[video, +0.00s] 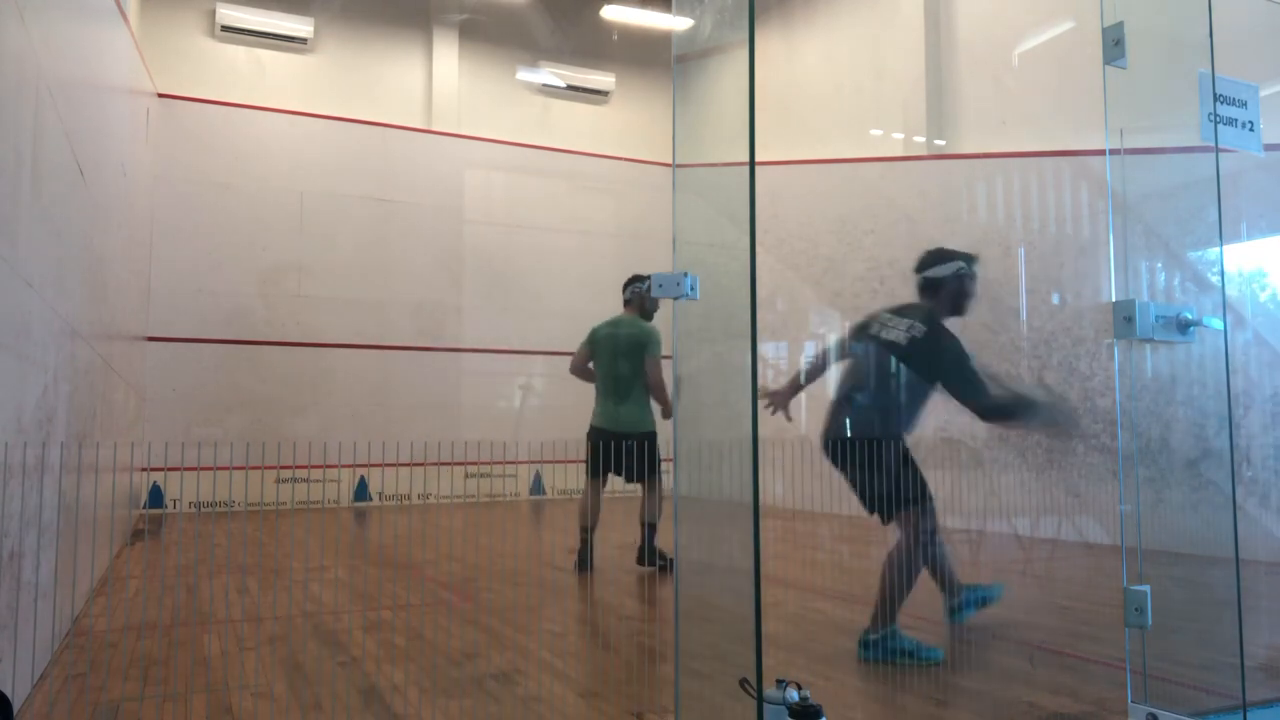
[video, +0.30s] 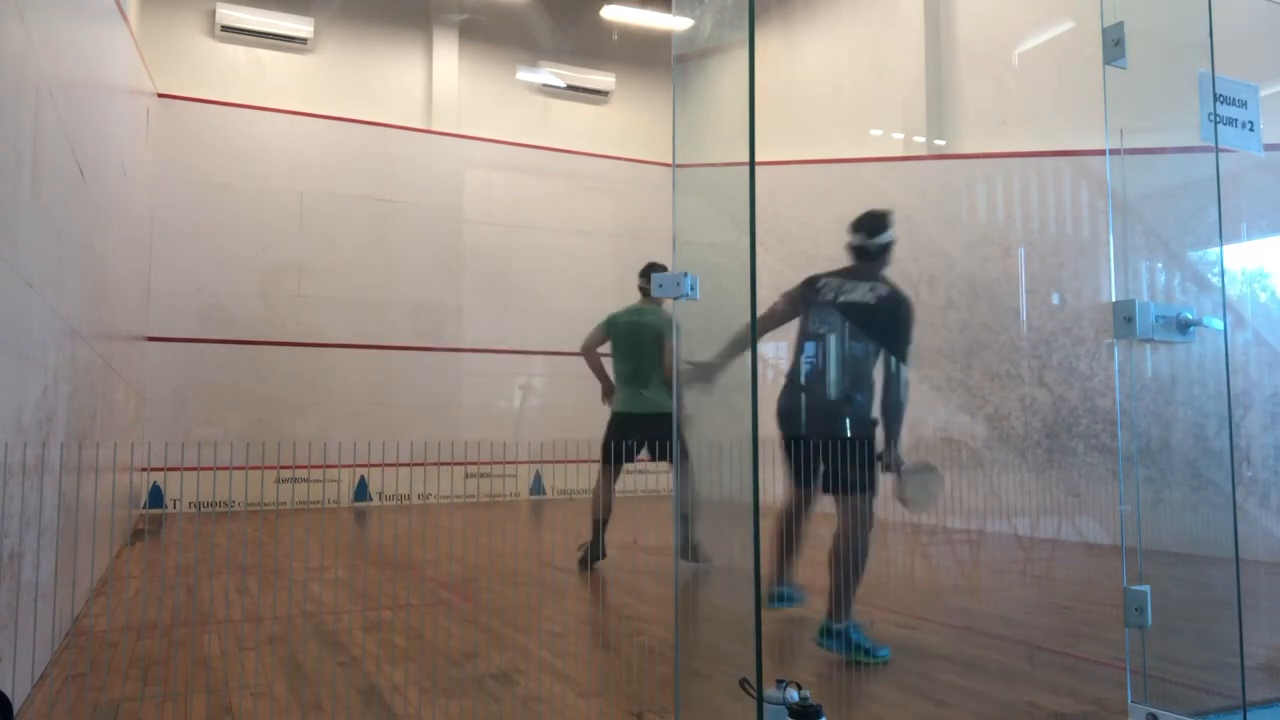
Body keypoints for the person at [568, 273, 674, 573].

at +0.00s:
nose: (658, 305)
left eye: (657, 299)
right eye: (654, 298)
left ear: (628, 299)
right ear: (640, 299)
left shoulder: (600, 329)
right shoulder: (648, 333)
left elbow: (577, 367)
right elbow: (653, 379)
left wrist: (603, 379)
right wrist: (665, 403)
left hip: (602, 426)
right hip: (637, 429)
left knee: (593, 486)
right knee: (652, 486)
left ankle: (584, 551)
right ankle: (647, 547)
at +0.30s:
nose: (667, 293)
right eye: (667, 287)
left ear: (640, 286)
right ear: (666, 289)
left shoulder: (618, 318)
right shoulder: (668, 322)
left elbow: (587, 348)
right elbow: (670, 373)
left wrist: (605, 383)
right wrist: (695, 376)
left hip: (625, 416)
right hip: (662, 416)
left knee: (606, 478)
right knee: (684, 474)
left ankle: (596, 544)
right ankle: (688, 543)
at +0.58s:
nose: (706, 325)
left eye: (708, 320)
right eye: (708, 320)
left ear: (708, 320)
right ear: (732, 321)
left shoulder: (689, 352)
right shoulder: (741, 352)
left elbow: (667, 384)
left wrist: (657, 391)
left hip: (681, 439)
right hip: (726, 440)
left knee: (642, 493)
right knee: (761, 488)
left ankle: (599, 550)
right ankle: (764, 549)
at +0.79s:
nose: (734, 271)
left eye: (733, 264)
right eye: (734, 263)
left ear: (721, 265)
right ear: (755, 262)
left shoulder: (704, 307)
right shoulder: (776, 308)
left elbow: (676, 360)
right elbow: (798, 368)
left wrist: (668, 407)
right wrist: (811, 417)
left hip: (715, 423)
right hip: (762, 422)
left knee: (709, 506)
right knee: (753, 505)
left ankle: (713, 589)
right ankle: (744, 585)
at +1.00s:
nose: (729, 287)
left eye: (722, 280)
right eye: (735, 280)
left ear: (710, 281)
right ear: (740, 280)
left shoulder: (689, 317)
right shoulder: (757, 323)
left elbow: (678, 374)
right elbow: (784, 375)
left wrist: (709, 379)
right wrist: (797, 424)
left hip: (696, 428)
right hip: (738, 428)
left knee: (695, 504)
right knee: (727, 504)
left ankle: (713, 579)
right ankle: (712, 581)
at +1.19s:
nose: (736, 284)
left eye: (730, 279)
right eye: (736, 279)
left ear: (704, 279)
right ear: (736, 280)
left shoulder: (683, 315)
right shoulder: (749, 321)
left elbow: (666, 369)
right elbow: (763, 379)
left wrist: (663, 412)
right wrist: (770, 426)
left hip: (692, 423)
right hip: (734, 423)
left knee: (667, 487)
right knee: (726, 499)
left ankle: (688, 542)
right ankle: (718, 571)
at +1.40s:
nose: (725, 292)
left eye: (722, 287)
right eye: (723, 287)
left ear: (691, 289)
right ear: (720, 290)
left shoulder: (676, 324)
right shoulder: (737, 328)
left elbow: (662, 369)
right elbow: (751, 382)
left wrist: (647, 408)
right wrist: (740, 418)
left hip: (688, 426)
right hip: (727, 426)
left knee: (671, 491)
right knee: (722, 498)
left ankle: (666, 556)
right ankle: (717, 567)